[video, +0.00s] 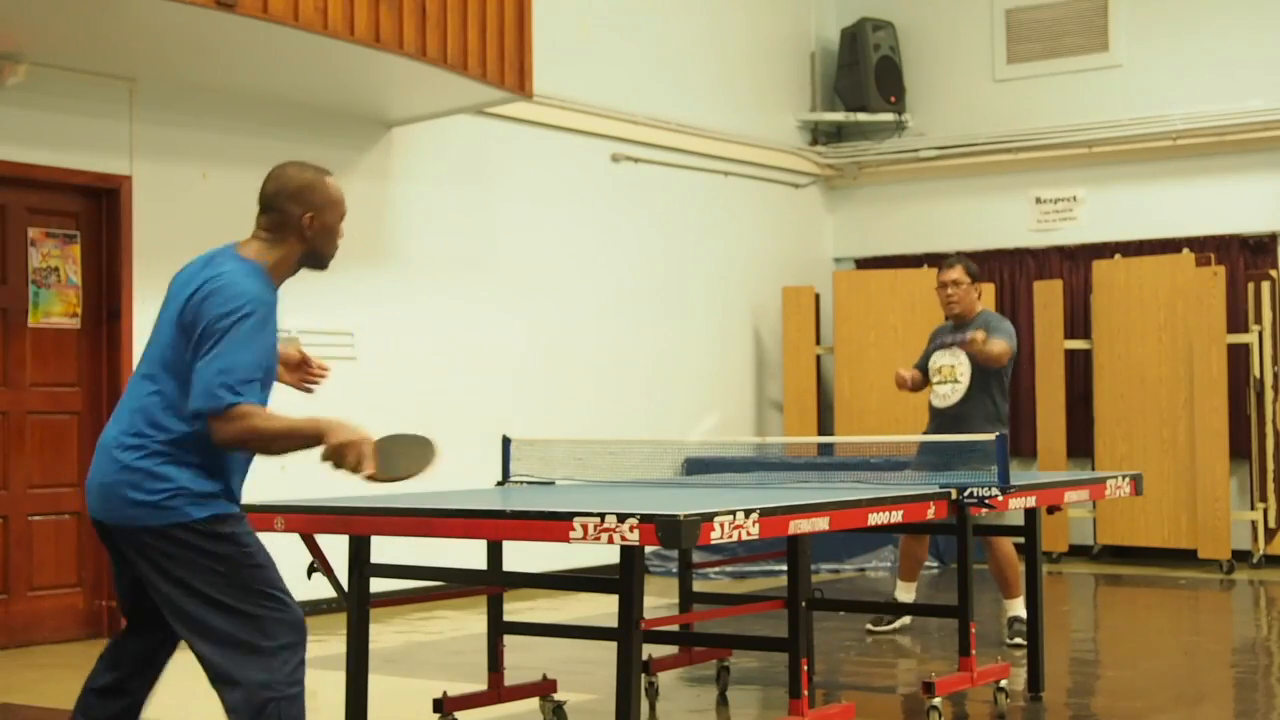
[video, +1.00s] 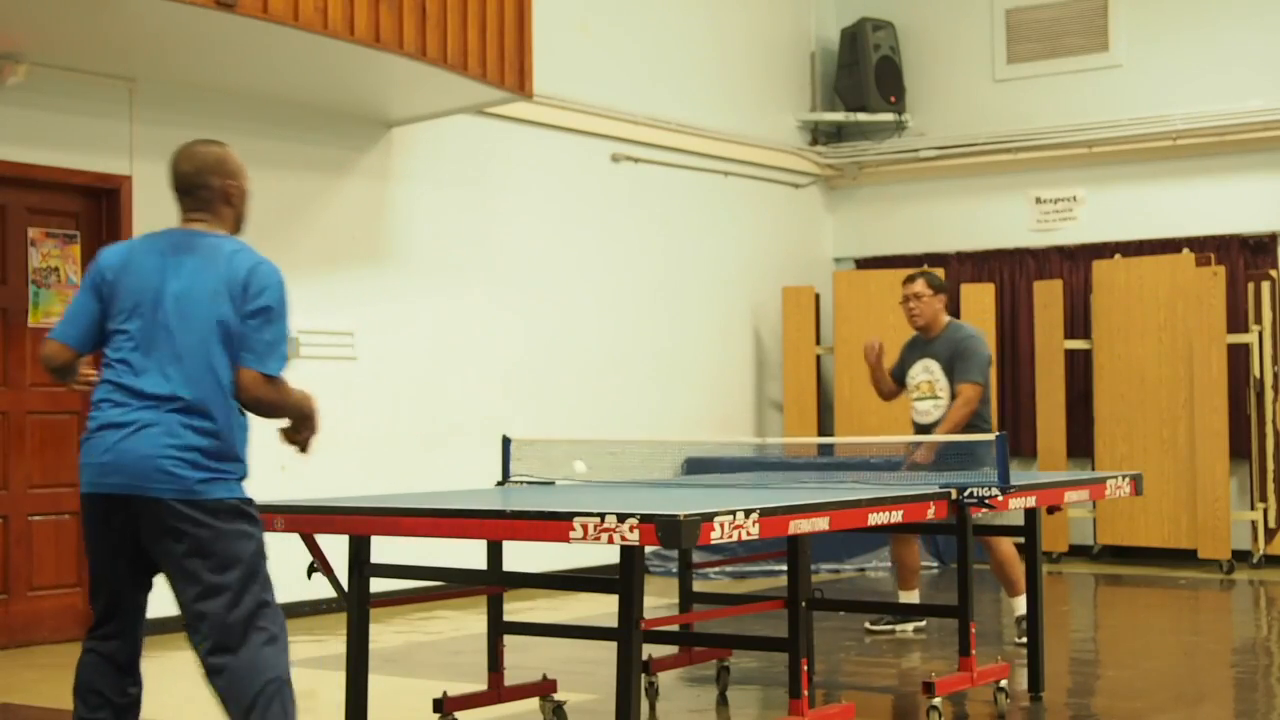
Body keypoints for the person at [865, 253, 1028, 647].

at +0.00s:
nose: (947, 293)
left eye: (955, 285)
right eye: (942, 287)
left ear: (976, 288)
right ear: (937, 292)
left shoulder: (996, 325)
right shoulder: (940, 334)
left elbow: (1000, 354)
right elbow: (923, 374)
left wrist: (979, 349)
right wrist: (909, 378)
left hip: (982, 444)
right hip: (937, 444)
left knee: (993, 527)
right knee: (915, 519)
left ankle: (1017, 614)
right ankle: (902, 604)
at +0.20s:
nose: (941, 296)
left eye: (949, 288)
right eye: (935, 289)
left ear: (967, 293)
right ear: (928, 295)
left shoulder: (988, 336)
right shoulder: (921, 340)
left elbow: (1004, 383)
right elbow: (898, 389)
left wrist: (971, 391)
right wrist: (908, 395)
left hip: (975, 449)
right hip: (926, 450)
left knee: (989, 527)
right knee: (910, 525)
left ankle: (1016, 614)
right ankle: (905, 610)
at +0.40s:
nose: (939, 299)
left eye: (947, 291)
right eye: (933, 292)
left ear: (965, 294)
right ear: (926, 298)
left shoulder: (988, 336)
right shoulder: (917, 339)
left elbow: (1014, 382)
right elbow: (891, 384)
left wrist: (974, 399)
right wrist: (895, 396)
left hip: (977, 450)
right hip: (925, 450)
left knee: (997, 526)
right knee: (910, 525)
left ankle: (1025, 611)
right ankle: (904, 610)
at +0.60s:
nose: (945, 311)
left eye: (953, 303)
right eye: (939, 304)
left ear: (972, 305)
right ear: (934, 309)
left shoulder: (999, 342)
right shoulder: (931, 348)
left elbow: (1027, 388)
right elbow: (914, 393)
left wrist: (981, 418)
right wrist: (904, 416)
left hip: (986, 459)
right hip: (937, 457)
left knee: (1002, 533)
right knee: (913, 524)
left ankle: (1026, 614)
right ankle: (906, 611)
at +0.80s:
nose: (936, 305)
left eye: (944, 297)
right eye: (931, 300)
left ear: (966, 299)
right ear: (927, 306)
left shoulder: (995, 341)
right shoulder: (932, 346)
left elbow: (1003, 399)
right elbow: (921, 392)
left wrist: (964, 437)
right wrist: (905, 415)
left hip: (986, 452)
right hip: (939, 450)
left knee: (1001, 529)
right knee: (915, 521)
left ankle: (1024, 614)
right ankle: (908, 609)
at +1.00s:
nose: (910, 307)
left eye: (918, 299)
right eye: (905, 301)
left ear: (942, 300)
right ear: (903, 306)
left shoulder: (968, 341)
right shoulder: (913, 346)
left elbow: (967, 401)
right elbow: (889, 391)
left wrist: (931, 444)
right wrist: (875, 367)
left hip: (970, 452)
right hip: (925, 453)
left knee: (991, 531)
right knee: (903, 524)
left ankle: (1024, 614)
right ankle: (909, 611)